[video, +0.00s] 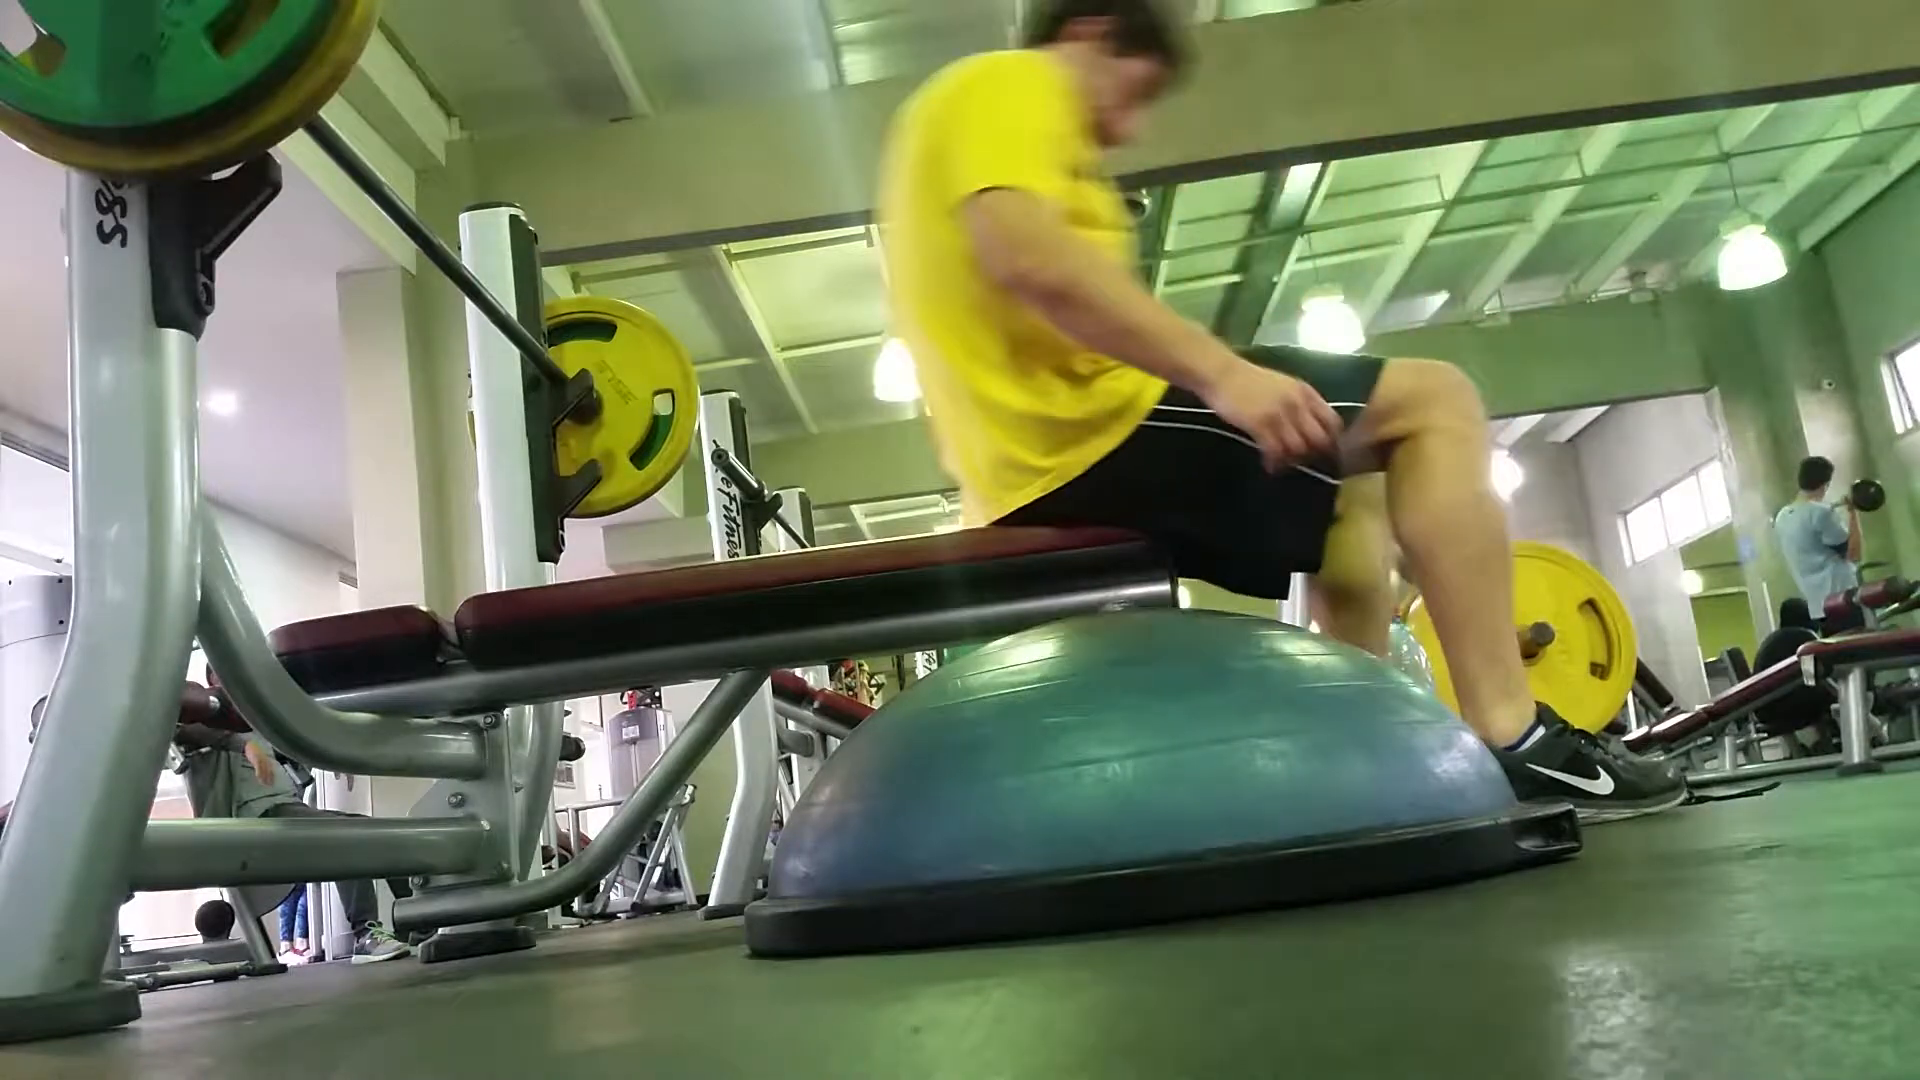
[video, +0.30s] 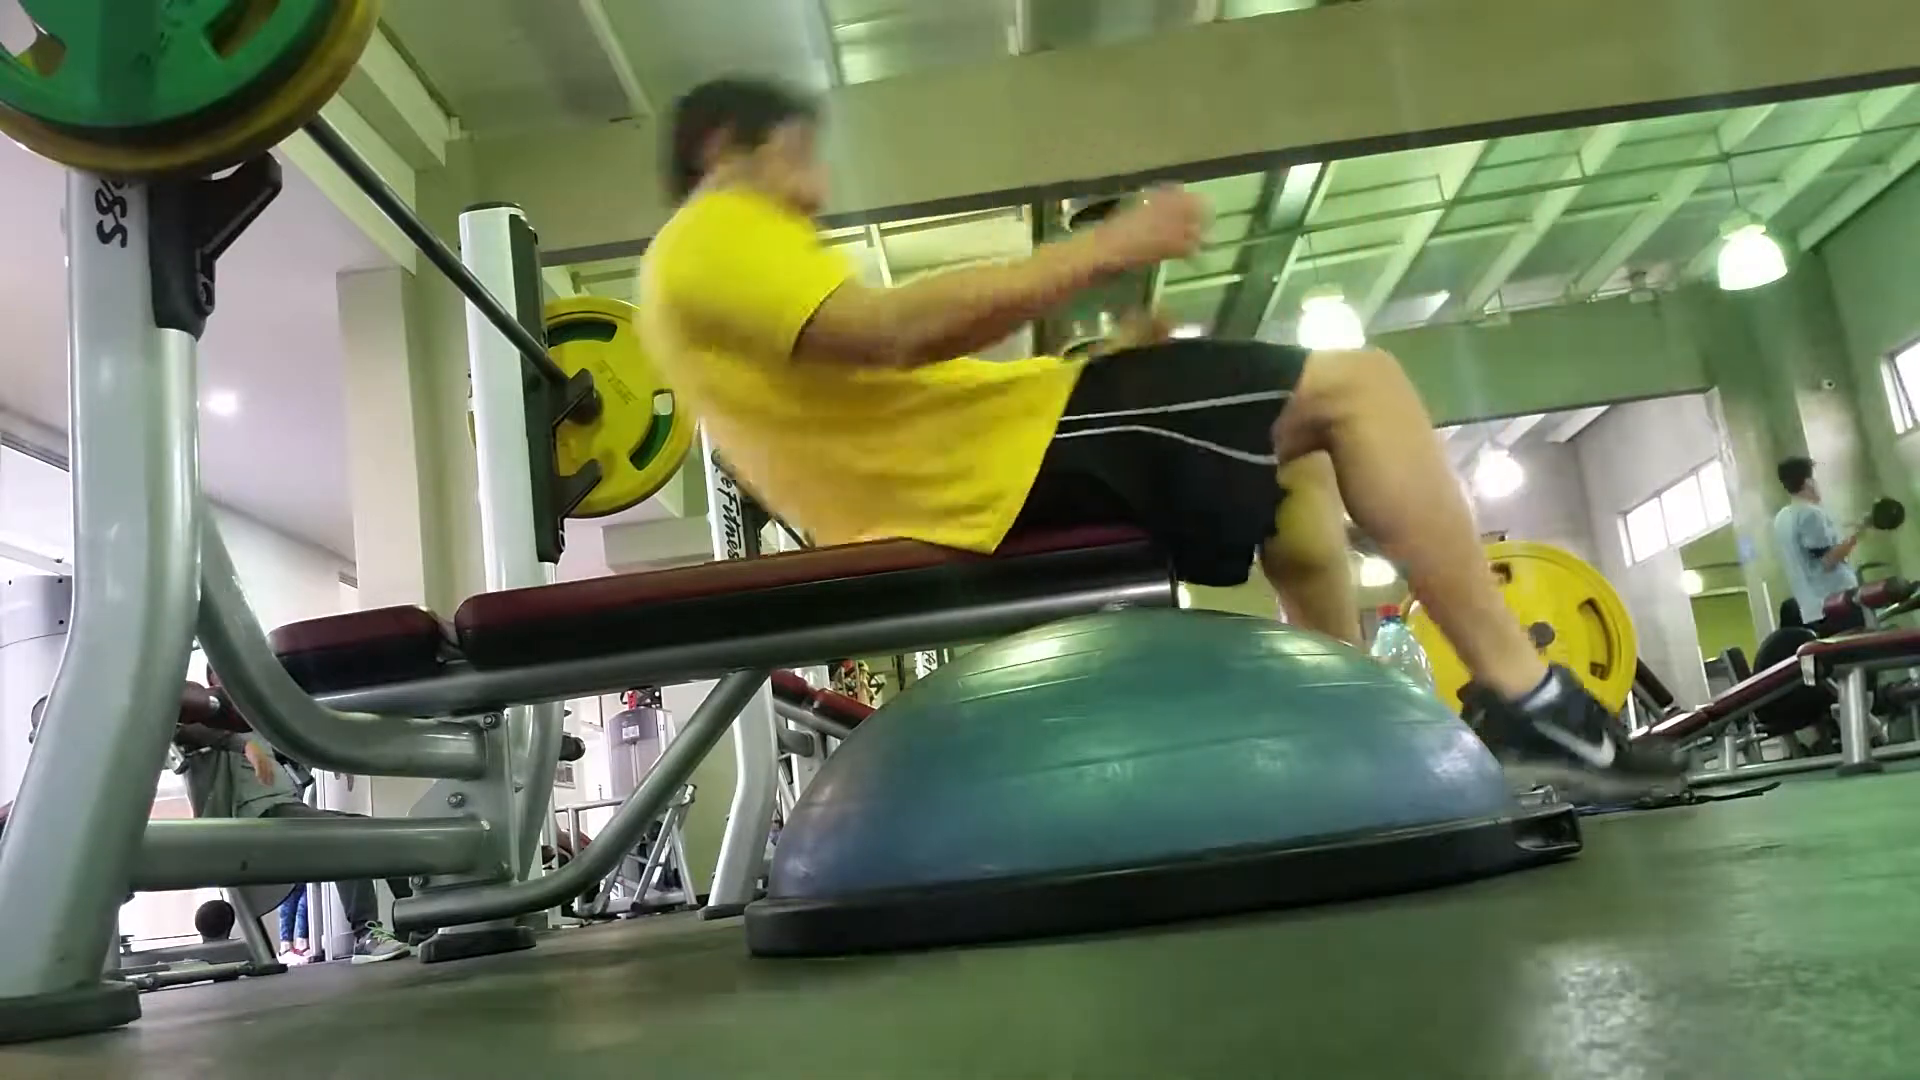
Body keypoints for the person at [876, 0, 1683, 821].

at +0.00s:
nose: (1130, 126)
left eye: (1143, 106)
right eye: (1137, 92)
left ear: (1079, 47)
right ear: (1093, 36)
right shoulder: (1010, 83)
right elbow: (1021, 249)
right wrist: (1223, 372)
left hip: (1042, 472)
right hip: (1087, 439)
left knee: (1364, 525)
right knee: (1437, 398)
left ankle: (1358, 778)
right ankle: (1510, 734)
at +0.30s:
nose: (823, 187)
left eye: (820, 168)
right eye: (808, 162)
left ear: (716, 160)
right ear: (740, 151)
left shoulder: (725, 271)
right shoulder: (710, 236)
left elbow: (903, 376)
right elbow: (882, 330)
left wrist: (1094, 346)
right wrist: (1107, 246)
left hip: (996, 489)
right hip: (1003, 458)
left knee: (1302, 514)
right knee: (1362, 386)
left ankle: (1366, 760)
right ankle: (1523, 693)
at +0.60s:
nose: (575, 339)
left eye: (553, 330)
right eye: (539, 343)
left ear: (505, 408)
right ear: (496, 410)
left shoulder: (601, 457)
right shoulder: (569, 455)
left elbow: (759, 409)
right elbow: (752, 391)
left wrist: (752, 293)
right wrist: (740, 229)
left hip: (972, 450)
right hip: (973, 437)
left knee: (1253, 412)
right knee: (1295, 316)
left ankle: (1340, 667)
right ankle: (1547, 541)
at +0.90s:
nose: (472, 380)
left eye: (449, 383)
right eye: (444, 406)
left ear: (457, 466)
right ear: (446, 485)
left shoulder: (569, 473)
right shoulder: (536, 490)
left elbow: (631, 343)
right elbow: (570, 300)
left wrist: (449, 228)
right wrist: (397, 200)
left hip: (950, 471)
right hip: (956, 450)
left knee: (1241, 490)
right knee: (1299, 399)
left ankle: (1259, 763)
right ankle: (1438, 734)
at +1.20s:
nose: (437, 421)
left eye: (415, 431)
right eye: (417, 449)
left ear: (451, 484)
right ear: (433, 527)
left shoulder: (565, 475)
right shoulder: (542, 509)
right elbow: (552, 299)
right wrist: (392, 167)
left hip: (949, 464)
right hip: (954, 451)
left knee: (1251, 500)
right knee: (1306, 408)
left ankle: (1247, 767)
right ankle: (1435, 749)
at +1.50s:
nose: (435, 441)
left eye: (412, 451)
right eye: (418, 467)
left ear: (447, 484)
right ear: (437, 536)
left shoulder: (565, 480)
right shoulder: (547, 521)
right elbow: (555, 297)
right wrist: (400, 171)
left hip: (957, 461)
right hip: (964, 455)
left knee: (1251, 488)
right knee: (1306, 408)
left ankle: (1259, 762)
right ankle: (1433, 748)